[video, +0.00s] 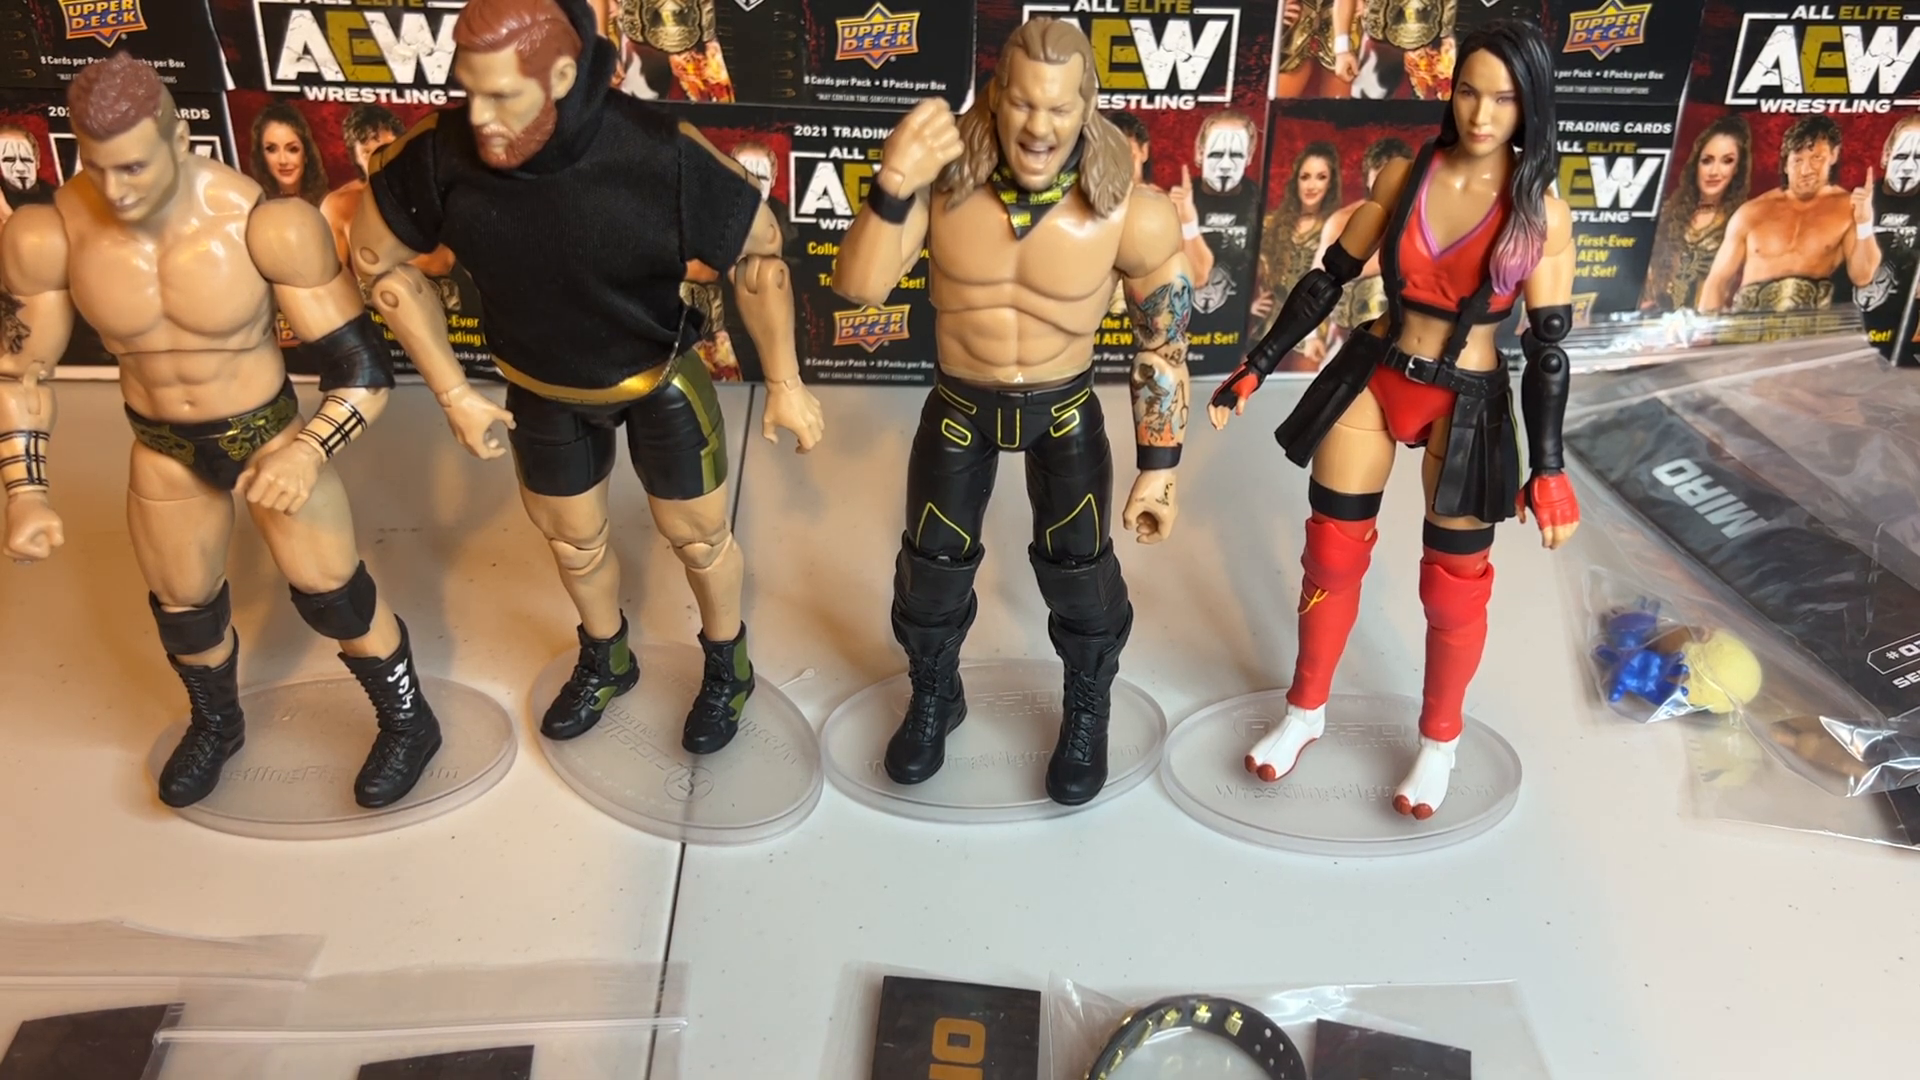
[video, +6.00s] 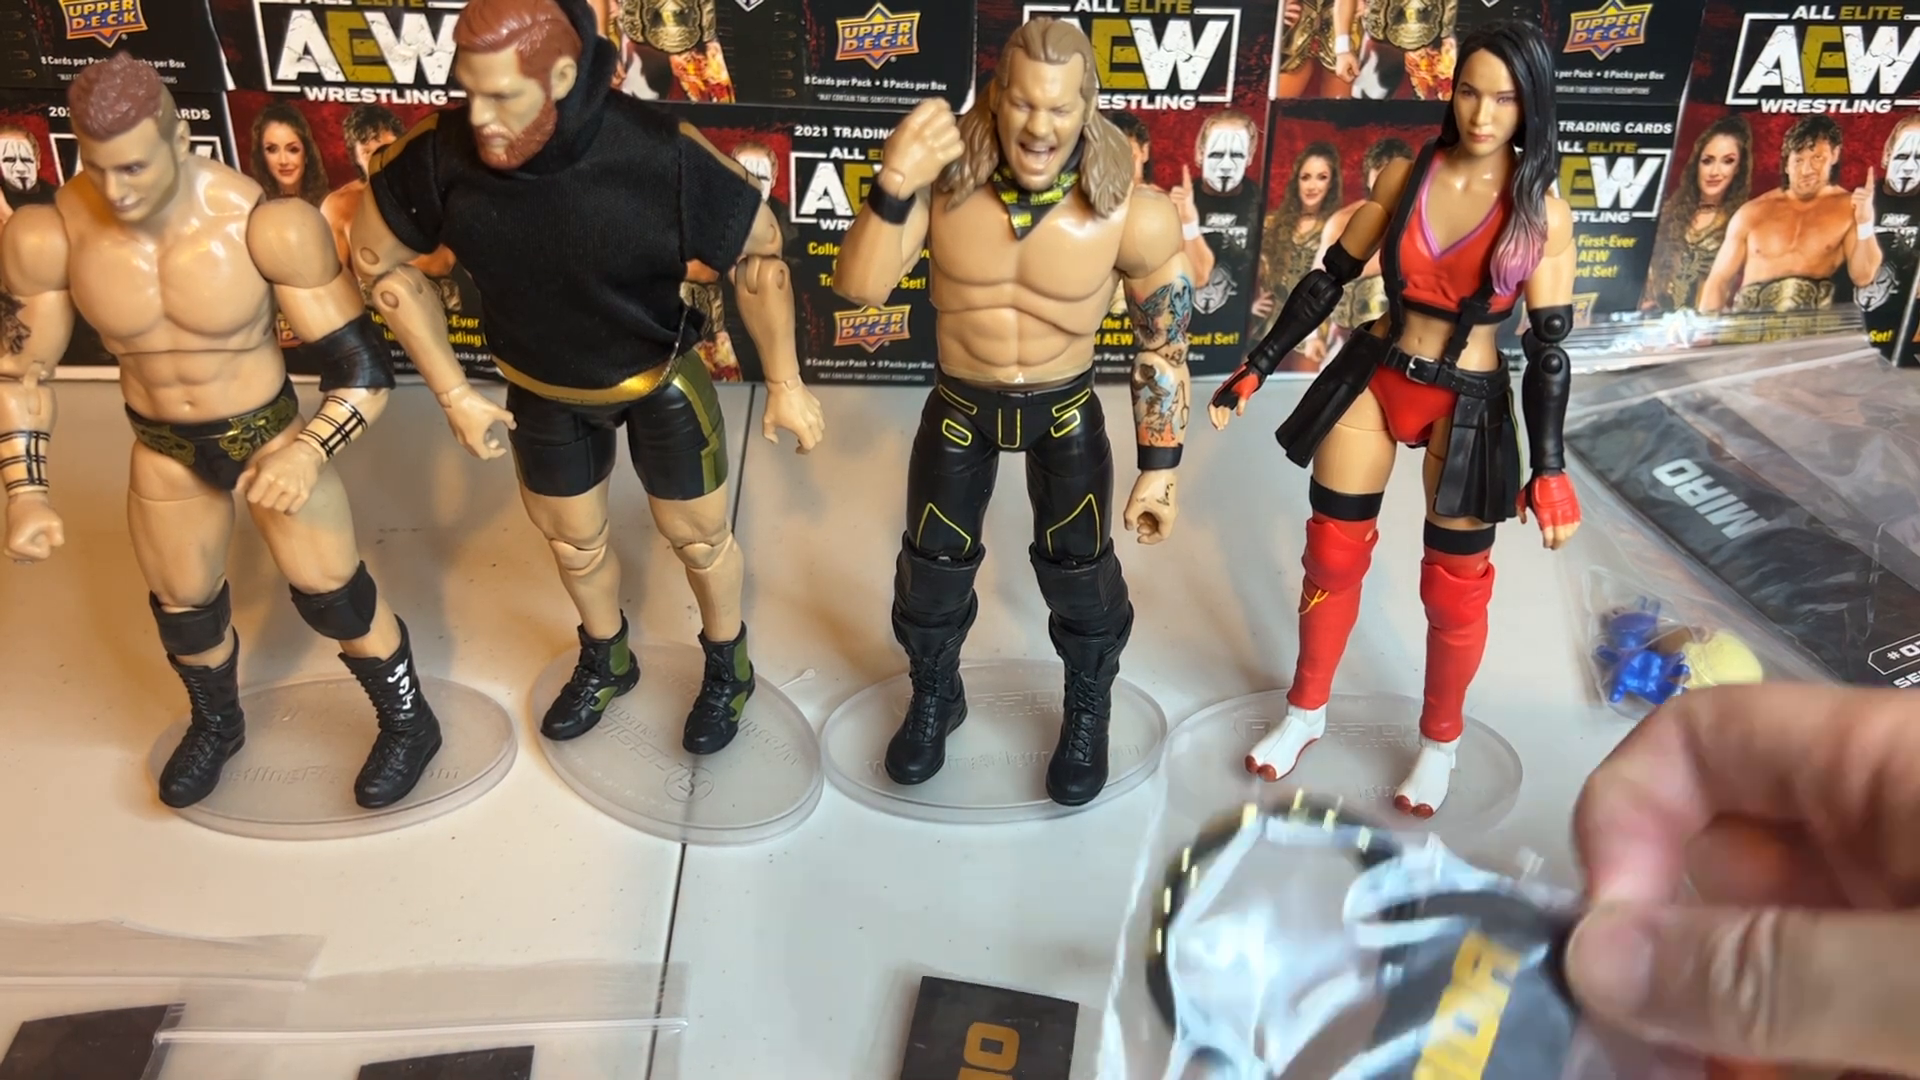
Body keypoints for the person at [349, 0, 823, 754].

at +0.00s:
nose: (481, 119)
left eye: (502, 96)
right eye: (468, 95)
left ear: (564, 76)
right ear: (456, 81)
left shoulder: (653, 155)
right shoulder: (442, 159)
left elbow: (757, 245)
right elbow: (372, 252)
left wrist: (784, 381)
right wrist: (453, 392)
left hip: (661, 382)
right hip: (542, 394)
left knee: (700, 540)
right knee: (575, 546)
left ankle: (726, 667)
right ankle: (607, 660)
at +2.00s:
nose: (481, 119)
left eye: (502, 96)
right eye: (468, 95)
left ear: (564, 76)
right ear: (456, 81)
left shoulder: (653, 155)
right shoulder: (442, 158)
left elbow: (757, 246)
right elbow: (373, 252)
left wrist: (784, 381)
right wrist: (452, 392)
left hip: (661, 382)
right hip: (542, 395)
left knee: (700, 541)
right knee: (575, 547)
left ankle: (726, 667)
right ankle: (607, 661)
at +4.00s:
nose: (481, 119)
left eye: (503, 96)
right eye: (468, 95)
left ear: (564, 77)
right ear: (457, 81)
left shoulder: (653, 156)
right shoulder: (443, 159)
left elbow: (757, 246)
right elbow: (372, 251)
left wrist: (784, 381)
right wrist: (452, 392)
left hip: (661, 382)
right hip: (542, 394)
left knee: (700, 540)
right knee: (575, 545)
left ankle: (726, 666)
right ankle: (607, 660)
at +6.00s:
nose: (481, 119)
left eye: (503, 96)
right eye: (468, 96)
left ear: (565, 77)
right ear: (456, 81)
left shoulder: (653, 155)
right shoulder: (443, 159)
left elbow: (757, 246)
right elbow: (372, 252)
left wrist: (785, 382)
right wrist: (453, 393)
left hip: (662, 382)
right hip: (543, 394)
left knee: (700, 540)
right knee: (575, 546)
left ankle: (726, 666)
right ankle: (607, 660)